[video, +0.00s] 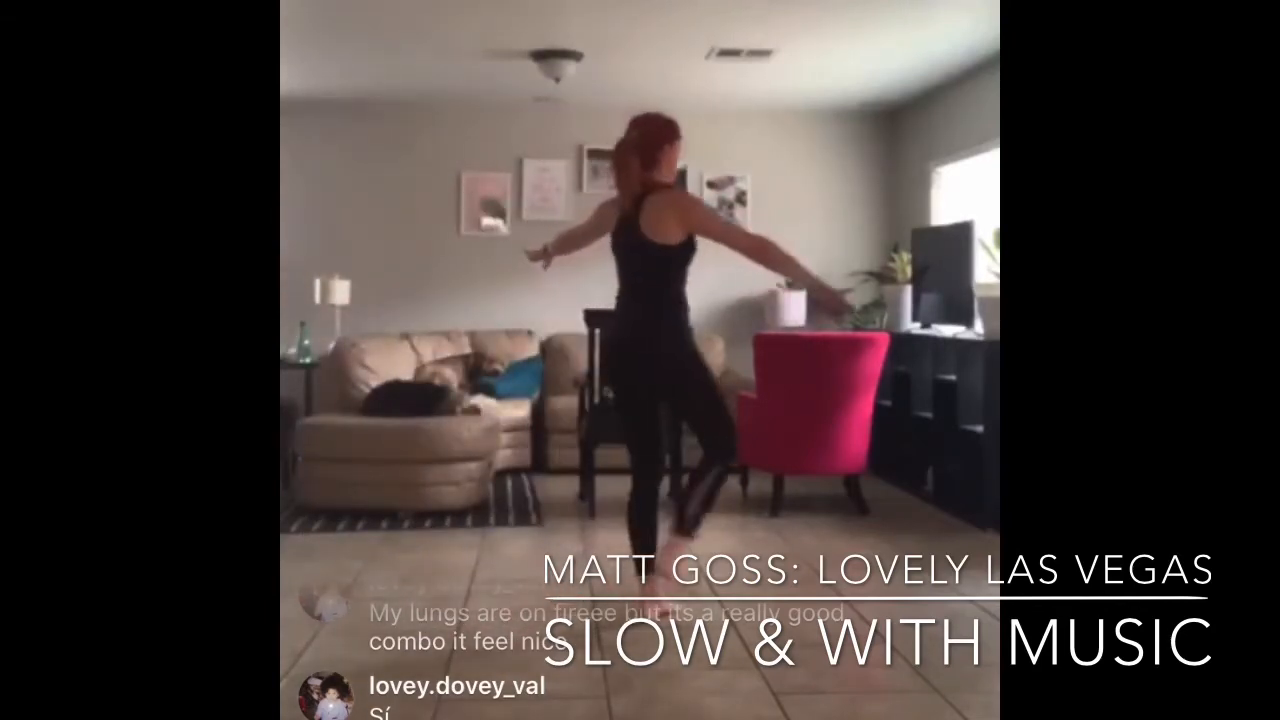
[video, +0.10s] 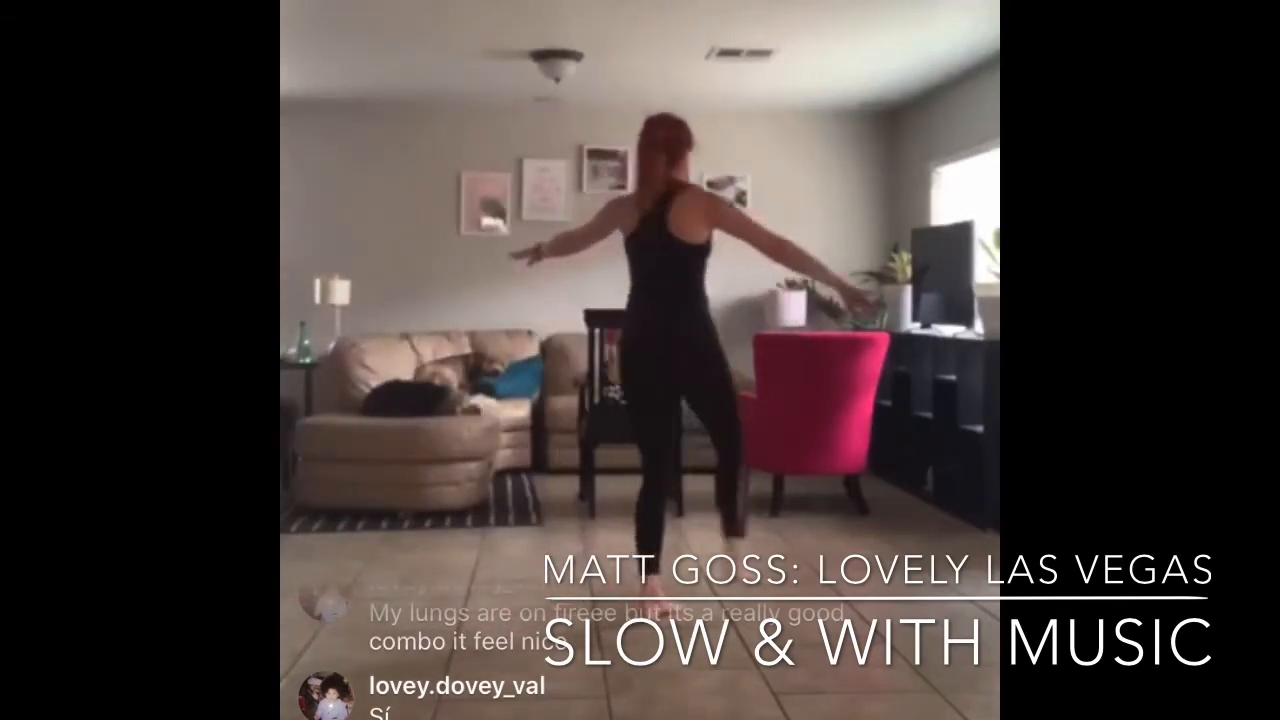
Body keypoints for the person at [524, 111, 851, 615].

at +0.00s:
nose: (680, 156)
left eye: (678, 147)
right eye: (676, 148)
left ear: (637, 154)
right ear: (661, 153)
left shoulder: (619, 206)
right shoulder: (679, 204)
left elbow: (578, 237)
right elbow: (754, 247)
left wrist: (547, 251)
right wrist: (817, 286)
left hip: (624, 348)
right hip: (667, 348)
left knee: (645, 469)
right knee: (721, 449)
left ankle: (651, 589)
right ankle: (671, 556)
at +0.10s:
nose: (686, 161)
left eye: (680, 152)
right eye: (686, 153)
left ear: (643, 154)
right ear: (684, 155)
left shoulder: (624, 207)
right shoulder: (702, 203)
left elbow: (577, 241)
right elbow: (773, 246)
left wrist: (541, 249)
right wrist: (837, 282)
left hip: (641, 348)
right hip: (692, 345)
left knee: (656, 468)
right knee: (729, 441)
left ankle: (651, 584)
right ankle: (734, 552)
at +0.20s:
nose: (674, 172)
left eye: (671, 163)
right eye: (680, 162)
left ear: (659, 162)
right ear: (704, 159)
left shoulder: (639, 212)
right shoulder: (727, 208)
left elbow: (586, 255)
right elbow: (786, 266)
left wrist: (544, 276)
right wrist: (841, 313)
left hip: (659, 347)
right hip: (715, 345)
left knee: (669, 470)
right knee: (732, 456)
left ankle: (654, 584)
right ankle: (766, 557)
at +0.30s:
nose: (664, 176)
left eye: (668, 169)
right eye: (666, 168)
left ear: (682, 174)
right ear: (714, 173)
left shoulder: (665, 226)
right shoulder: (739, 224)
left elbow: (619, 286)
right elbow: (770, 296)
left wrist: (570, 326)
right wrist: (805, 354)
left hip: (689, 358)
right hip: (739, 355)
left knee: (682, 475)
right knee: (735, 467)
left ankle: (673, 586)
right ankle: (776, 567)